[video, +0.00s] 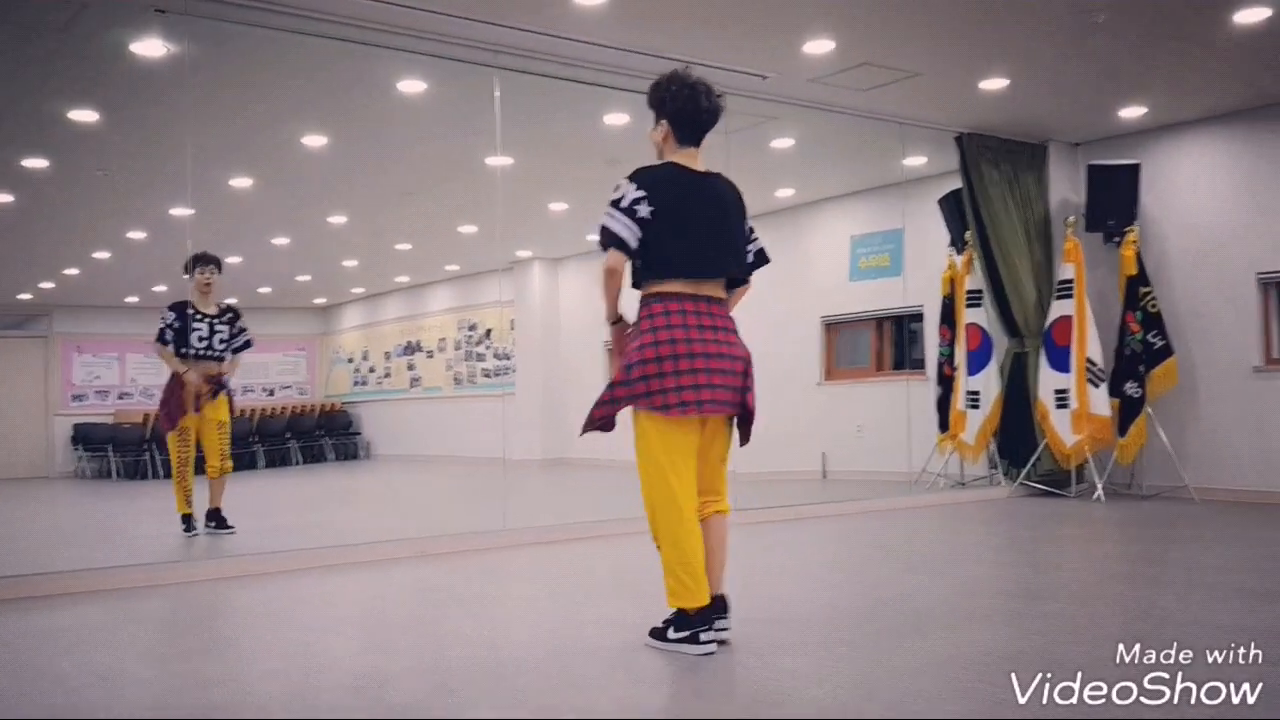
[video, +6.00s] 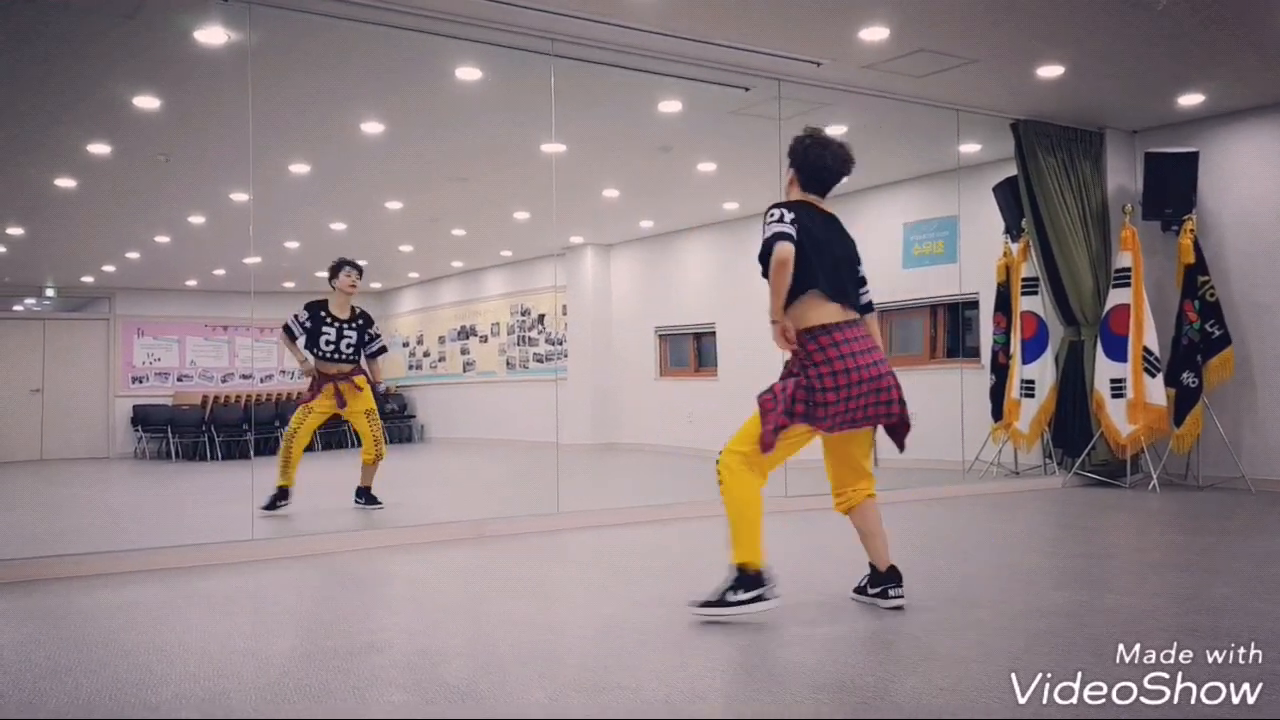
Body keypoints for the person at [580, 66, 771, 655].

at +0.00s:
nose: (650, 132)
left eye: (652, 123)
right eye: (654, 123)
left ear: (662, 128)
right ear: (706, 130)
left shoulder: (643, 185)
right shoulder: (728, 192)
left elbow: (615, 262)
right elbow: (748, 271)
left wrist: (613, 320)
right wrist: (711, 316)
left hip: (663, 333)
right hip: (720, 334)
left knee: (669, 484)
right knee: (711, 481)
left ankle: (690, 615)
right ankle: (712, 602)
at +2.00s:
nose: (689, 109)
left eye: (690, 101)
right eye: (696, 102)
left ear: (694, 107)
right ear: (745, 112)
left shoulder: (661, 167)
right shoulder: (765, 174)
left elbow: (639, 250)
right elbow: (793, 261)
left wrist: (648, 323)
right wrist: (769, 315)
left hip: (696, 324)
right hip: (762, 318)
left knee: (713, 470)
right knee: (772, 461)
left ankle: (731, 588)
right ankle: (773, 580)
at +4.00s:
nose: (691, 133)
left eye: (692, 124)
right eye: (693, 124)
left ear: (702, 126)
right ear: (747, 128)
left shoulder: (692, 185)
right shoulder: (773, 186)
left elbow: (685, 275)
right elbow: (805, 269)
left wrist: (681, 354)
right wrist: (774, 324)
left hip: (724, 339)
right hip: (781, 337)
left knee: (685, 484)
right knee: (766, 481)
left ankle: (717, 583)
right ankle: (772, 594)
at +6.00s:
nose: (784, 177)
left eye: (785, 170)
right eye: (789, 171)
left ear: (792, 175)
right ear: (832, 184)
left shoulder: (783, 214)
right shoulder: (840, 231)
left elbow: (783, 257)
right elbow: (866, 308)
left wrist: (777, 315)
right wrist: (877, 368)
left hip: (824, 370)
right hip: (863, 365)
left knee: (737, 461)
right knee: (854, 484)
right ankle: (885, 575)